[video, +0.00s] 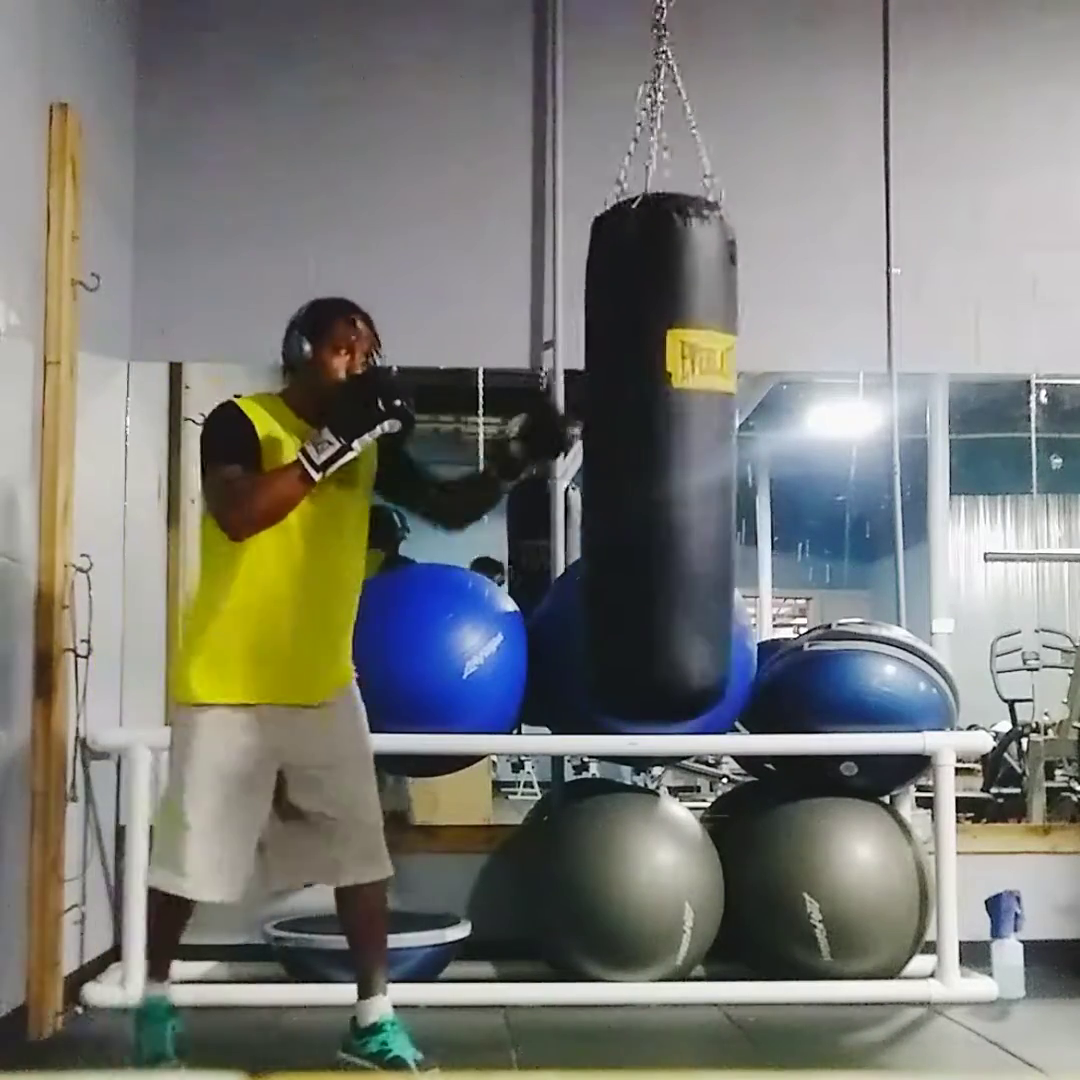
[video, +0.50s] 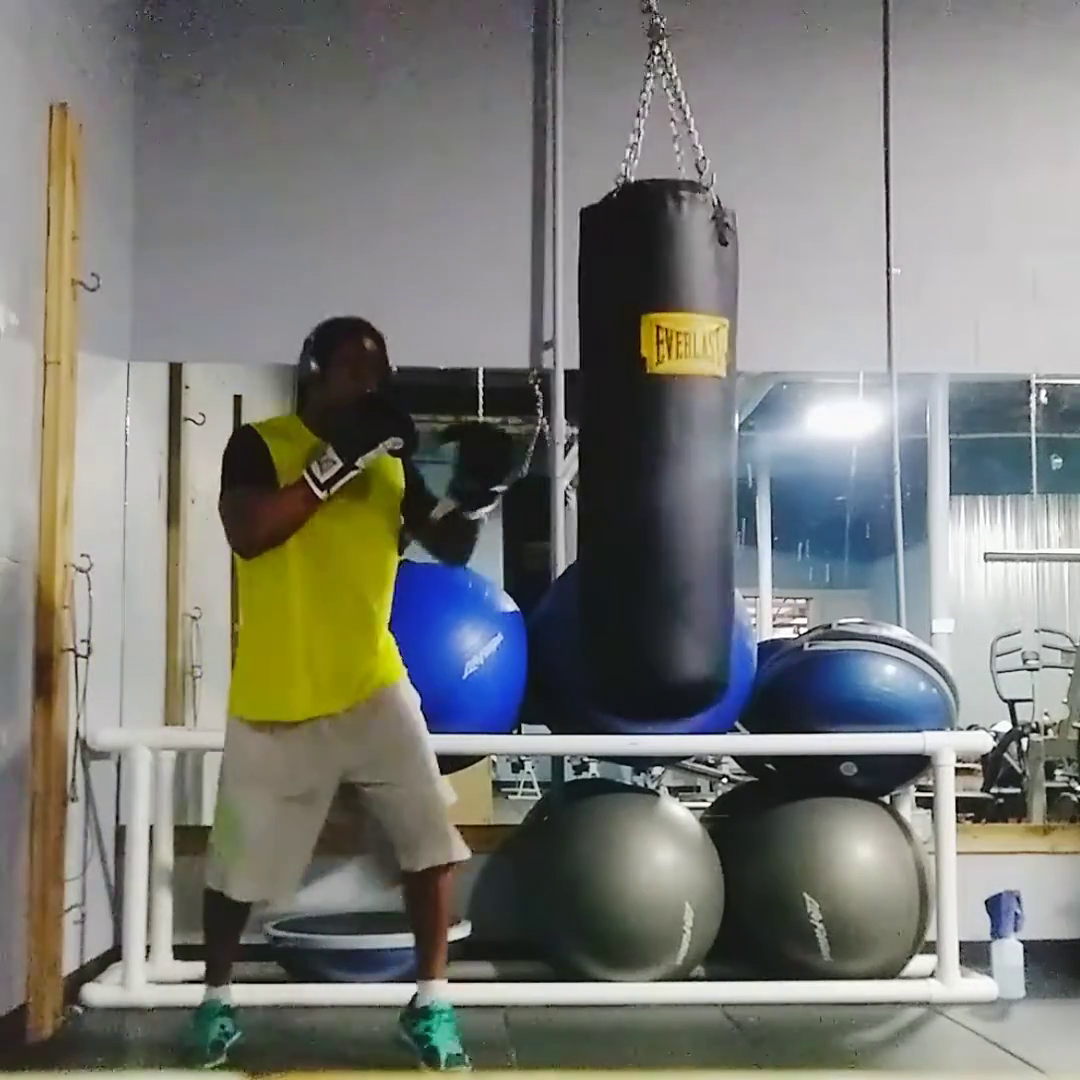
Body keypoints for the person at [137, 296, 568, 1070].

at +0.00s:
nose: (357, 365)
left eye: (367, 355)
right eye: (342, 348)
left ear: (370, 368)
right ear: (299, 351)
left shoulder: (367, 442)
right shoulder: (239, 421)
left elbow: (451, 508)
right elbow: (239, 514)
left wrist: (516, 458)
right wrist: (337, 439)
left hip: (322, 682)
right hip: (225, 679)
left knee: (362, 850)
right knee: (186, 857)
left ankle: (374, 1017)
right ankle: (152, 1006)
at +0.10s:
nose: (351, 379)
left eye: (360, 368)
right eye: (340, 361)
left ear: (362, 382)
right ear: (298, 362)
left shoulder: (349, 457)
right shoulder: (236, 435)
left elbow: (356, 562)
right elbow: (240, 527)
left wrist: (429, 506)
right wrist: (336, 455)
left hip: (336, 686)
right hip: (239, 688)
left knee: (396, 837)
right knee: (199, 857)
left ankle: (395, 1006)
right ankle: (160, 1012)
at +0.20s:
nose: (355, 382)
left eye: (362, 369)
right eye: (341, 365)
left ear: (366, 380)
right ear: (300, 368)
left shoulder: (362, 455)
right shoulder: (239, 439)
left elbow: (395, 549)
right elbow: (246, 534)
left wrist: (428, 496)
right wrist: (341, 456)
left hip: (346, 687)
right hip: (243, 693)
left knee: (400, 846)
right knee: (197, 859)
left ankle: (415, 1009)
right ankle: (163, 1008)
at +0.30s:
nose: (358, 373)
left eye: (369, 362)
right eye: (345, 357)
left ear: (378, 372)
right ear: (309, 358)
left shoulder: (378, 441)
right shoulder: (254, 430)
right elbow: (251, 524)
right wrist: (344, 452)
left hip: (351, 676)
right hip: (251, 678)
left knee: (389, 842)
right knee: (213, 850)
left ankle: (413, 1015)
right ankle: (175, 1007)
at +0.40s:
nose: (376, 370)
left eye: (384, 358)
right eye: (359, 356)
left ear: (391, 371)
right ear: (318, 362)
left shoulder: (394, 446)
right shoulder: (261, 431)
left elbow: (478, 498)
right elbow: (248, 522)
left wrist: (539, 447)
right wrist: (343, 455)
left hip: (363, 677)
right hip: (263, 679)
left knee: (397, 842)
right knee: (233, 849)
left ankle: (415, 1012)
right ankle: (214, 995)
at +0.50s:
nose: (376, 374)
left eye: (381, 364)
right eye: (360, 359)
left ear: (385, 381)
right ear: (316, 370)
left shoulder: (390, 463)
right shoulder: (259, 444)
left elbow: (451, 546)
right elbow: (247, 533)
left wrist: (476, 489)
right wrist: (345, 454)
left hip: (372, 682)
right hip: (272, 689)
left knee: (431, 839)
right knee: (237, 861)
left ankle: (431, 1004)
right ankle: (216, 1005)